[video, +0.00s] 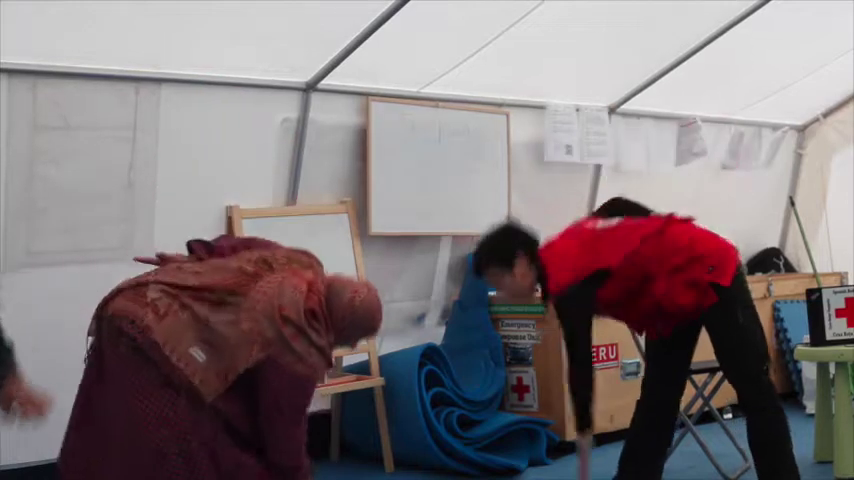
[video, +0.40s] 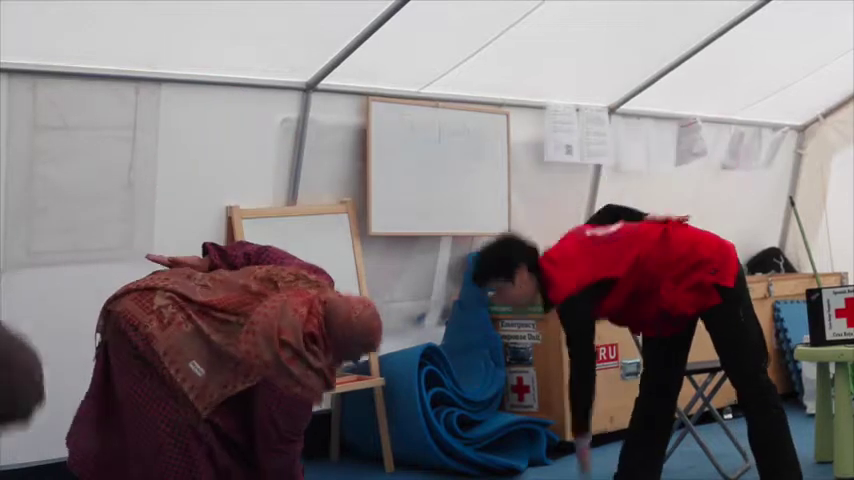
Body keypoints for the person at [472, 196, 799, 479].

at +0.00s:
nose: (500, 292)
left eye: (499, 282)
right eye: (494, 285)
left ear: (521, 265)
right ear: (522, 262)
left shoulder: (567, 277)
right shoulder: (561, 250)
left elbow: (580, 362)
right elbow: (616, 205)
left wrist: (584, 440)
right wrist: (665, 227)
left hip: (714, 276)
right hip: (671, 294)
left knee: (755, 390)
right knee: (656, 403)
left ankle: (780, 474)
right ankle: (635, 476)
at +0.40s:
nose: (500, 299)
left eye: (499, 289)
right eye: (495, 292)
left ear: (521, 273)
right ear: (522, 268)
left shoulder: (569, 284)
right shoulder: (561, 253)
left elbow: (583, 363)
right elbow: (609, 212)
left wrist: (581, 435)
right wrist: (654, 220)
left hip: (711, 270)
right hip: (665, 292)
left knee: (753, 387)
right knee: (655, 402)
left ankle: (783, 474)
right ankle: (635, 476)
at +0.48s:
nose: (498, 266)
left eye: (497, 254)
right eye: (492, 258)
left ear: (519, 239)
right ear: (520, 238)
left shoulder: (568, 252)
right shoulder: (558, 244)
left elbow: (576, 342)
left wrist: (564, 406)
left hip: (712, 272)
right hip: (667, 292)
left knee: (753, 387)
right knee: (653, 402)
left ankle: (783, 473)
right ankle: (633, 475)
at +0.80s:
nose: (543, 110)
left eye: (550, 99)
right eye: (541, 102)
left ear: (582, 98)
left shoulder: (612, 137)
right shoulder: (581, 156)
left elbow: (611, 204)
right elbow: (611, 220)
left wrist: (561, 248)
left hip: (693, 268)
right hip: (644, 281)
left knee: (737, 384)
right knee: (638, 395)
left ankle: (775, 474)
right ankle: (630, 474)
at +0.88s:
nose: (563, 92)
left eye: (571, 82)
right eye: (561, 84)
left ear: (604, 85)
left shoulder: (633, 121)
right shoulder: (590, 156)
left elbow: (634, 185)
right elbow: (614, 222)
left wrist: (577, 221)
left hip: (689, 270)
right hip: (637, 283)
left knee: (734, 387)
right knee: (633, 401)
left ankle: (773, 474)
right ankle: (627, 476)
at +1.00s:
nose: (588, 81)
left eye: (597, 70)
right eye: (587, 73)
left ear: (629, 75)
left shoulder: (663, 113)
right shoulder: (599, 153)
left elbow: (674, 174)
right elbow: (610, 225)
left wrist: (615, 203)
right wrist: (606, 279)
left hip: (688, 269)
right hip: (631, 282)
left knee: (733, 388)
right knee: (631, 404)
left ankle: (773, 475)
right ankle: (625, 477)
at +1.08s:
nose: (601, 78)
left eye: (610, 68)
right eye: (600, 70)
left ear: (643, 75)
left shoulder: (677, 116)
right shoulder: (606, 149)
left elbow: (707, 171)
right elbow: (615, 216)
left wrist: (647, 205)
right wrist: (609, 271)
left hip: (691, 275)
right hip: (630, 285)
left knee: (734, 391)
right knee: (630, 405)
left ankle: (773, 475)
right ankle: (625, 477)